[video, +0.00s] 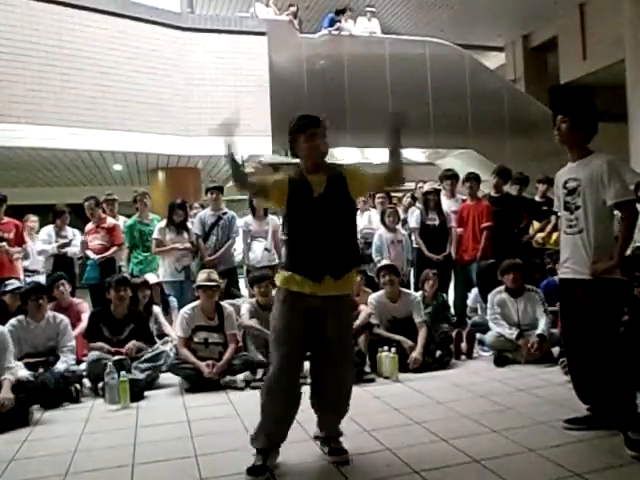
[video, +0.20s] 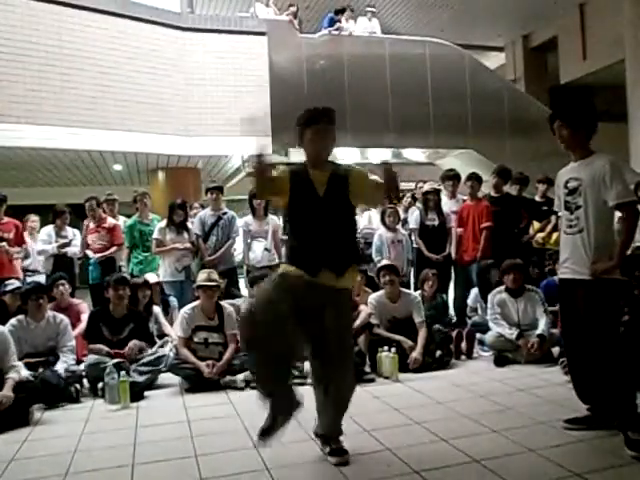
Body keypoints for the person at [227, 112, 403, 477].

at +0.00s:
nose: (317, 142)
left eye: (320, 136)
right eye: (309, 137)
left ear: (328, 141)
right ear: (295, 145)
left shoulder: (348, 178)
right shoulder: (285, 183)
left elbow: (391, 176)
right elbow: (250, 185)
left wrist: (397, 148)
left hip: (339, 291)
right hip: (294, 290)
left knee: (337, 369)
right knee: (281, 372)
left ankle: (329, 432)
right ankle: (266, 450)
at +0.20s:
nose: (323, 141)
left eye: (328, 134)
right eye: (316, 134)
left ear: (335, 138)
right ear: (301, 140)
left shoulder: (349, 178)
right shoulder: (290, 178)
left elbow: (390, 199)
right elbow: (263, 195)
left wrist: (390, 178)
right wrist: (260, 175)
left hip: (339, 283)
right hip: (295, 276)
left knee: (337, 363)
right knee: (258, 320)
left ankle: (329, 432)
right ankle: (281, 400)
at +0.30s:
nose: (336, 150)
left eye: (339, 144)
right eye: (332, 142)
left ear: (339, 143)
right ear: (312, 139)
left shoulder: (343, 177)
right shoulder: (283, 174)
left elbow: (388, 183)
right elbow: (261, 165)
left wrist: (428, 161)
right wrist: (297, 144)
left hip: (334, 284)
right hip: (293, 277)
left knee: (332, 365)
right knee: (242, 279)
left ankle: (330, 434)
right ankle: (280, 353)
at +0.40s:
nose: (336, 151)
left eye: (339, 145)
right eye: (332, 144)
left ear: (338, 144)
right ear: (312, 140)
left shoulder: (343, 177)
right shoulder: (282, 175)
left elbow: (386, 181)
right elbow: (263, 170)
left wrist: (426, 160)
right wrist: (302, 152)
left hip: (329, 284)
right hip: (285, 276)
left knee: (332, 367)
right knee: (239, 262)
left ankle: (328, 434)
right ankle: (283, 338)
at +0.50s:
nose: (325, 147)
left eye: (329, 140)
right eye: (318, 140)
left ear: (334, 144)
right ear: (301, 143)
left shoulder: (339, 179)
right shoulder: (279, 175)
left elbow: (377, 197)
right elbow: (259, 214)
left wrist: (385, 183)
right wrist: (289, 187)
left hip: (326, 281)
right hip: (283, 274)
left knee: (332, 364)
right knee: (245, 268)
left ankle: (328, 434)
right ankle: (284, 343)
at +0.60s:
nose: (314, 143)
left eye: (319, 137)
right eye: (306, 137)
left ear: (328, 140)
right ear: (294, 142)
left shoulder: (343, 175)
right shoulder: (277, 179)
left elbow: (384, 169)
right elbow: (247, 215)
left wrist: (371, 151)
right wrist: (251, 223)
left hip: (328, 282)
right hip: (286, 276)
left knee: (332, 362)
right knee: (262, 313)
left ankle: (328, 432)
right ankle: (282, 388)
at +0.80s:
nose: (296, 138)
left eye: (301, 132)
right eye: (289, 132)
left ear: (311, 137)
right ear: (276, 137)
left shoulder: (327, 173)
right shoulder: (260, 179)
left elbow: (373, 178)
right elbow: (245, 230)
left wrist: (353, 145)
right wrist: (256, 268)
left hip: (326, 286)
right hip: (281, 287)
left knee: (338, 369)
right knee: (285, 372)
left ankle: (330, 432)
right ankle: (278, 451)